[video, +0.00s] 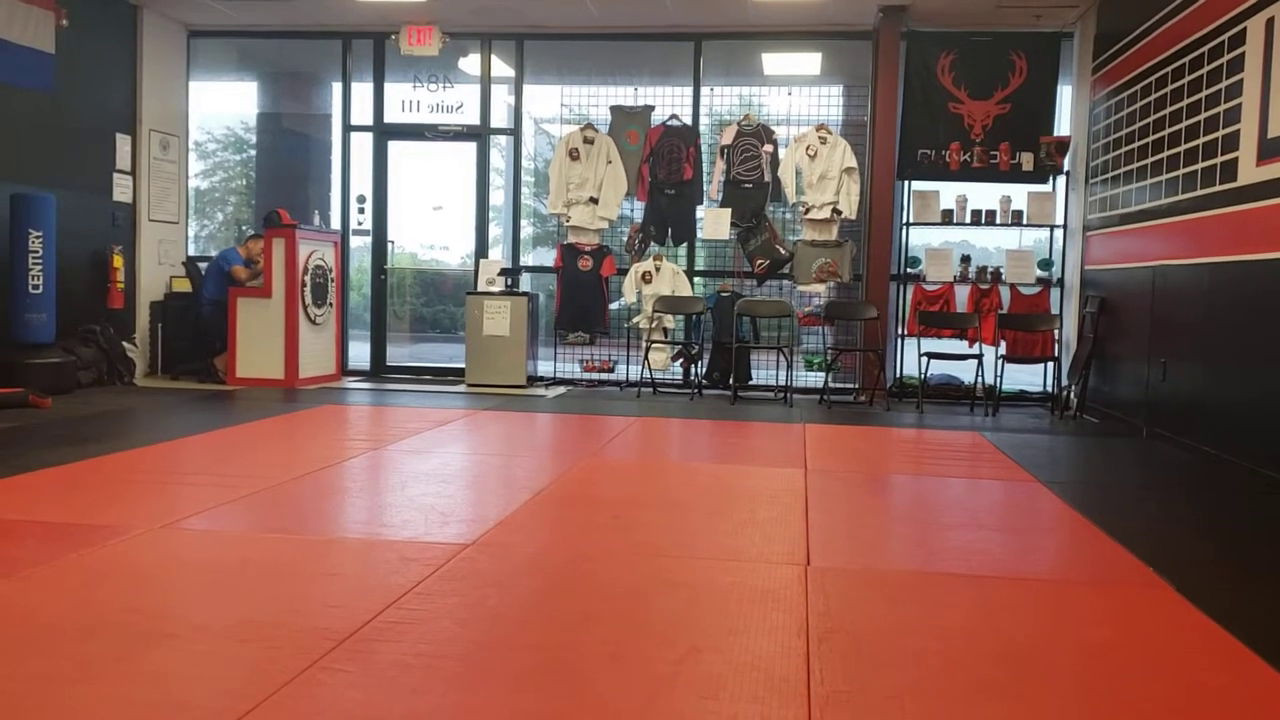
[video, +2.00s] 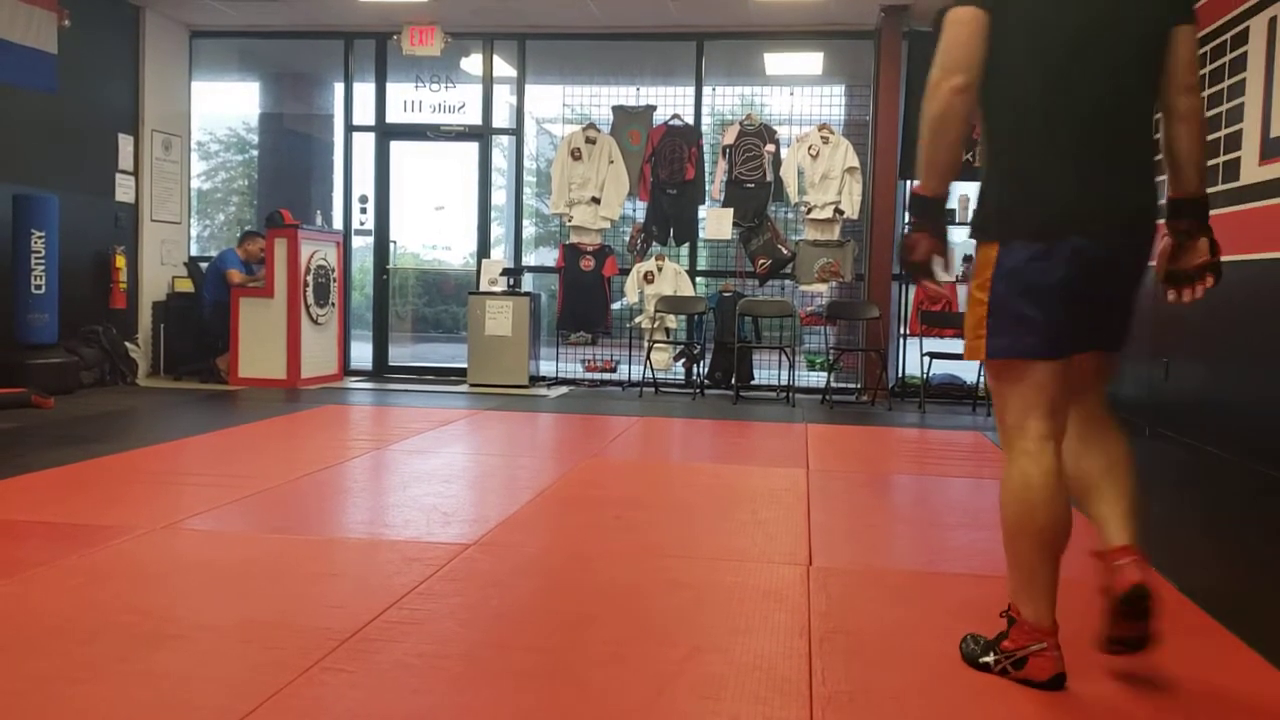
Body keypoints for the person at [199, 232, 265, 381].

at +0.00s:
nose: (261, 255)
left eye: (263, 252)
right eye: (260, 250)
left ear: (250, 245)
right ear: (250, 244)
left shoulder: (243, 259)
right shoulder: (230, 255)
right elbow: (241, 276)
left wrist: (262, 266)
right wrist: (259, 269)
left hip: (225, 305)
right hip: (212, 306)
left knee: (252, 328)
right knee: (247, 332)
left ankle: (222, 363)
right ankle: (220, 363)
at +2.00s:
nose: (262, 255)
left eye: (263, 251)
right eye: (260, 250)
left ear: (248, 246)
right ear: (247, 245)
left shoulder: (245, 263)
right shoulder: (229, 256)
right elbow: (234, 279)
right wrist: (257, 278)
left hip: (229, 308)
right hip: (214, 309)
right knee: (252, 332)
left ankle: (226, 363)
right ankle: (223, 362)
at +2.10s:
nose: (262, 255)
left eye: (263, 251)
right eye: (260, 250)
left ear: (248, 246)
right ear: (247, 245)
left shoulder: (245, 263)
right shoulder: (229, 256)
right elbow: (234, 280)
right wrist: (257, 278)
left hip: (229, 308)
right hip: (214, 310)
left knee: (258, 328)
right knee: (253, 331)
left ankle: (226, 363)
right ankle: (223, 362)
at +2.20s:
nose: (262, 255)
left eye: (264, 252)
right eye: (260, 250)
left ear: (248, 246)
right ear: (247, 245)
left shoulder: (245, 264)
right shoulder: (229, 256)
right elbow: (234, 280)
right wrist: (257, 278)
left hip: (230, 309)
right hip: (214, 310)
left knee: (259, 328)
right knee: (253, 331)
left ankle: (227, 363)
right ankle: (223, 362)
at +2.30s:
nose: (262, 255)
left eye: (263, 252)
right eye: (260, 250)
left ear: (248, 246)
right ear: (247, 245)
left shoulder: (245, 264)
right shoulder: (229, 256)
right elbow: (235, 280)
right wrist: (257, 278)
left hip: (230, 309)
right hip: (214, 310)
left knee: (259, 328)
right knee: (253, 331)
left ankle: (227, 363)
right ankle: (223, 362)